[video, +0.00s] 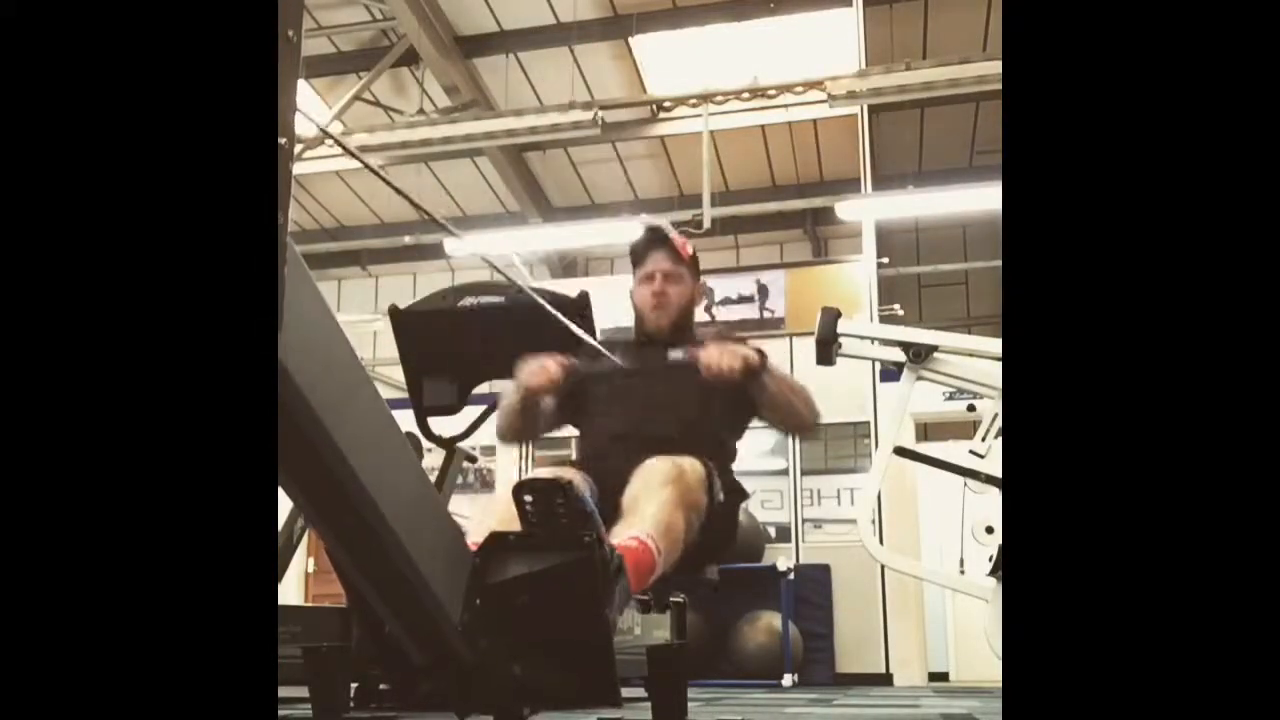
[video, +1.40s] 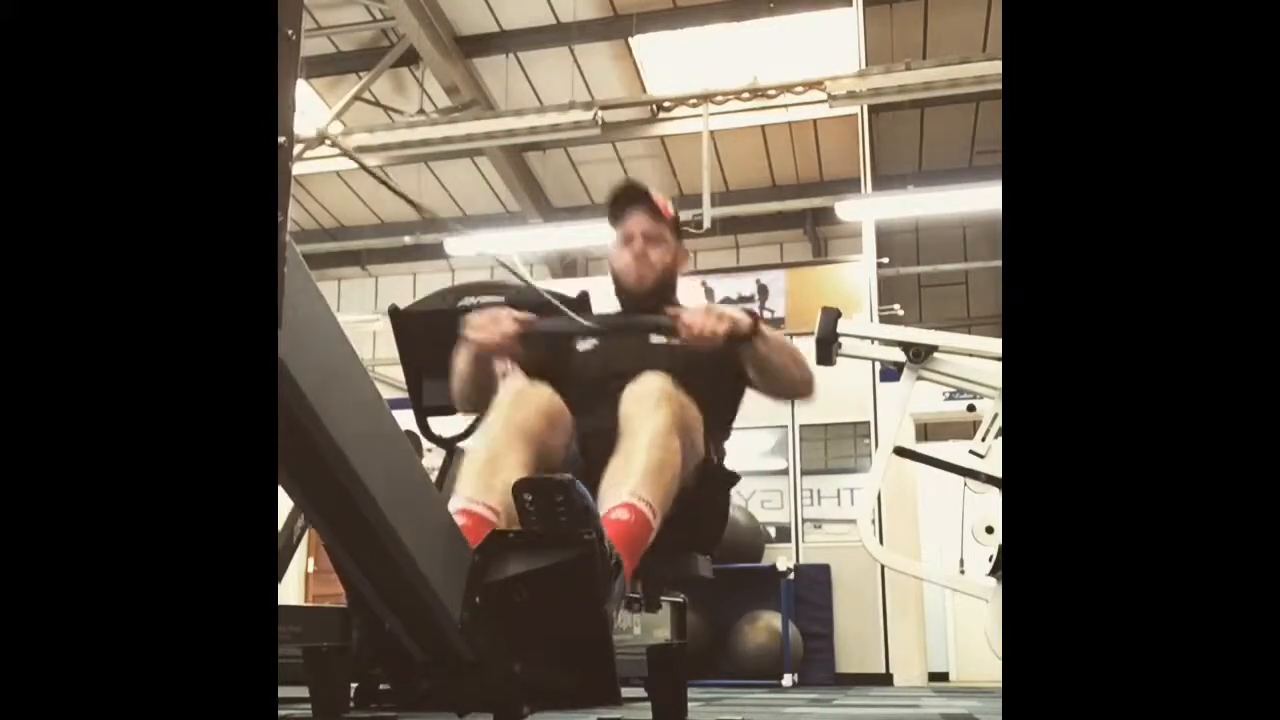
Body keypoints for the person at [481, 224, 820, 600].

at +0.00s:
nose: (658, 289)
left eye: (672, 279)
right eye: (647, 279)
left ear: (697, 292)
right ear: (633, 290)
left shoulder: (726, 355)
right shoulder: (596, 360)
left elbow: (804, 421)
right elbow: (514, 432)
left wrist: (753, 371)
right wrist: (526, 392)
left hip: (697, 499)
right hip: (596, 493)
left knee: (663, 475)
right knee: (538, 485)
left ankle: (608, 589)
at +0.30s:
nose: (648, 264)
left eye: (662, 254)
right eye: (635, 255)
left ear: (687, 265)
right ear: (619, 270)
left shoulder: (723, 338)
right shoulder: (580, 337)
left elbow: (821, 392)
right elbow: (476, 412)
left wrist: (761, 324)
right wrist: (502, 342)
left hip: (684, 500)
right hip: (574, 488)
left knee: (658, 410)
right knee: (526, 412)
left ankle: (606, 572)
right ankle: (458, 556)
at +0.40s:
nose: (631, 228)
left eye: (646, 215)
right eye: (618, 217)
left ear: (673, 230)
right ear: (603, 232)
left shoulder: (712, 307)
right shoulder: (563, 314)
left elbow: (797, 352)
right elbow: (459, 391)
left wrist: (740, 299)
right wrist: (455, 329)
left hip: (681, 496)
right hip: (566, 491)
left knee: (651, 374)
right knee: (509, 380)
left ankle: (607, 569)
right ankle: (446, 555)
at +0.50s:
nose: (610, 185)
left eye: (627, 169)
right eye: (594, 173)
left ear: (656, 187)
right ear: (578, 197)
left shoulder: (703, 270)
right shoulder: (541, 281)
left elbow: (766, 323)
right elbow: (449, 348)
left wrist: (710, 285)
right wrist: (415, 326)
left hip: (671, 489)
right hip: (551, 487)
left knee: (649, 344)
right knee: (488, 352)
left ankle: (607, 558)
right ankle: (442, 557)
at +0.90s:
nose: (643, 221)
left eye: (658, 213)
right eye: (631, 213)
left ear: (684, 231)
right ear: (615, 230)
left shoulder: (713, 295)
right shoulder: (580, 307)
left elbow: (763, 353)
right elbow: (501, 358)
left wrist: (722, 312)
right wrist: (479, 326)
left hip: (687, 490)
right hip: (576, 483)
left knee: (670, 415)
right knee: (517, 418)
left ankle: (611, 575)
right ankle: (452, 560)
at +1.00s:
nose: (655, 272)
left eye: (670, 262)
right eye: (643, 263)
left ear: (694, 277)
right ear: (627, 276)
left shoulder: (724, 345)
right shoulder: (594, 349)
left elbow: (787, 404)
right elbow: (511, 409)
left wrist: (747, 356)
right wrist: (513, 367)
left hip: (691, 488)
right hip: (592, 484)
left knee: (666, 462)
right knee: (533, 464)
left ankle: (609, 582)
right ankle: (470, 567)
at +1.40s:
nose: (638, 252)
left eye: (653, 241)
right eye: (626, 241)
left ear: (679, 256)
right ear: (611, 254)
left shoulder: (714, 331)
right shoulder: (569, 334)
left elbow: (800, 386)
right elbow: (471, 403)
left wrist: (747, 331)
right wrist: (474, 346)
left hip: (680, 504)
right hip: (565, 495)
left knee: (652, 391)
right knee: (526, 397)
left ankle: (607, 564)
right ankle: (454, 550)